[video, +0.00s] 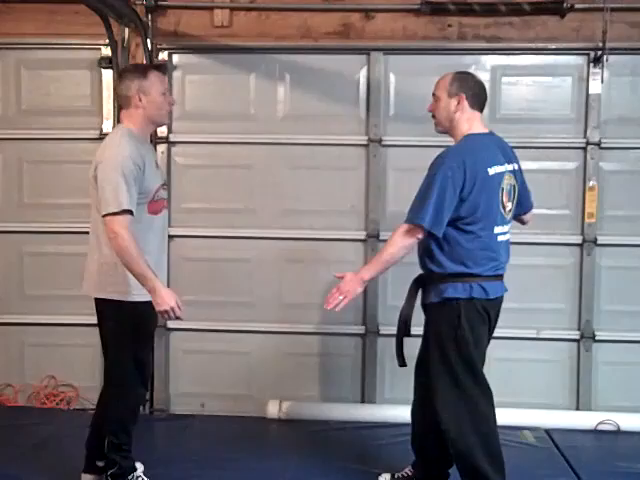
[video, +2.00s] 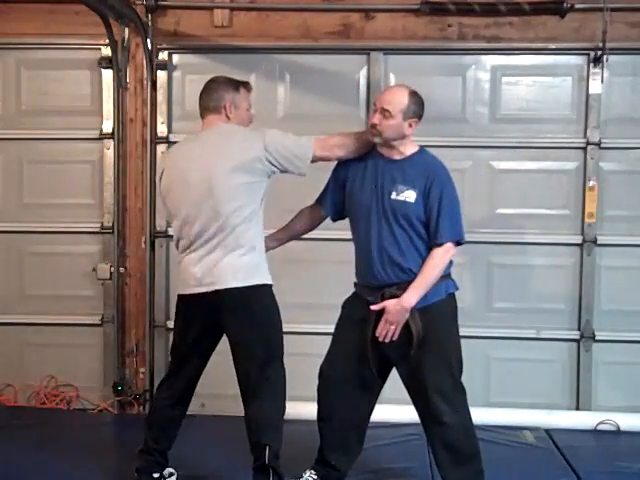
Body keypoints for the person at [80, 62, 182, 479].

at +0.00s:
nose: (172, 101)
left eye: (170, 93)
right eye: (165, 93)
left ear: (141, 101)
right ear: (138, 100)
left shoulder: (141, 147)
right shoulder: (118, 152)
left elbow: (136, 223)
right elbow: (116, 231)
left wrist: (154, 286)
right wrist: (156, 287)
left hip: (137, 288)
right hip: (121, 290)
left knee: (126, 382)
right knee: (127, 383)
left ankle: (99, 463)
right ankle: (116, 467)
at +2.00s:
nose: (251, 117)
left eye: (250, 109)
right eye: (247, 109)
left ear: (207, 111)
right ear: (227, 108)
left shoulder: (173, 159)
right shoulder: (253, 142)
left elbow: (176, 225)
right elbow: (330, 148)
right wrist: (375, 136)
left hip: (194, 290)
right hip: (246, 285)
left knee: (178, 377)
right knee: (263, 379)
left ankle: (151, 464)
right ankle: (266, 467)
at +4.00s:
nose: (223, 106)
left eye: (223, 98)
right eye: (215, 97)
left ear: (189, 98)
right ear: (184, 96)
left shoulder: (199, 150)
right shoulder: (161, 144)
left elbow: (203, 217)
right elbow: (162, 220)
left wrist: (241, 219)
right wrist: (229, 228)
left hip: (210, 283)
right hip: (174, 285)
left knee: (255, 362)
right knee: (191, 385)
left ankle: (199, 435)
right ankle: (178, 469)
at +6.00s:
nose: (227, 104)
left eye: (226, 95)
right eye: (221, 95)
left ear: (193, 98)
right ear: (193, 96)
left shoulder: (192, 147)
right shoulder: (173, 147)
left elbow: (200, 216)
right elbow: (167, 228)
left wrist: (242, 217)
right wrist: (220, 278)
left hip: (183, 281)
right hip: (172, 282)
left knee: (171, 375)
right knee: (193, 380)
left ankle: (141, 463)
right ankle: (181, 472)